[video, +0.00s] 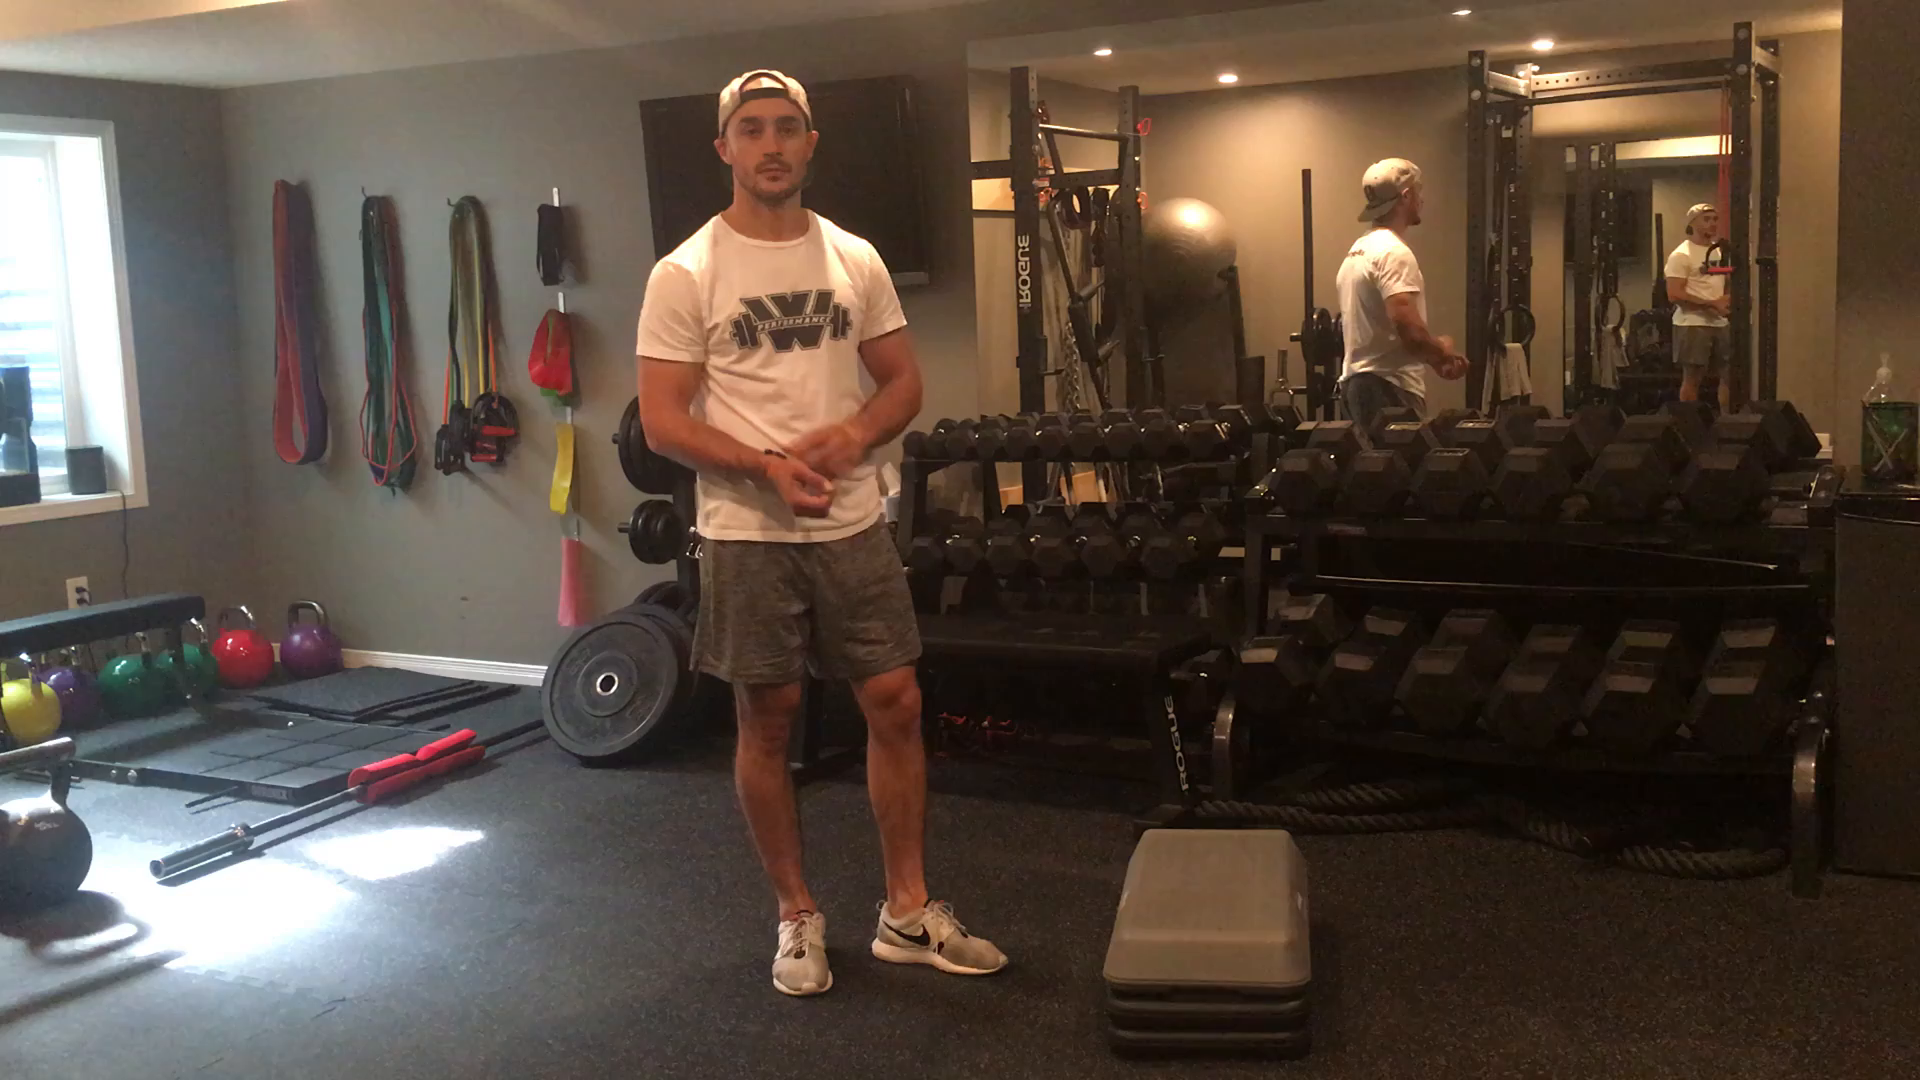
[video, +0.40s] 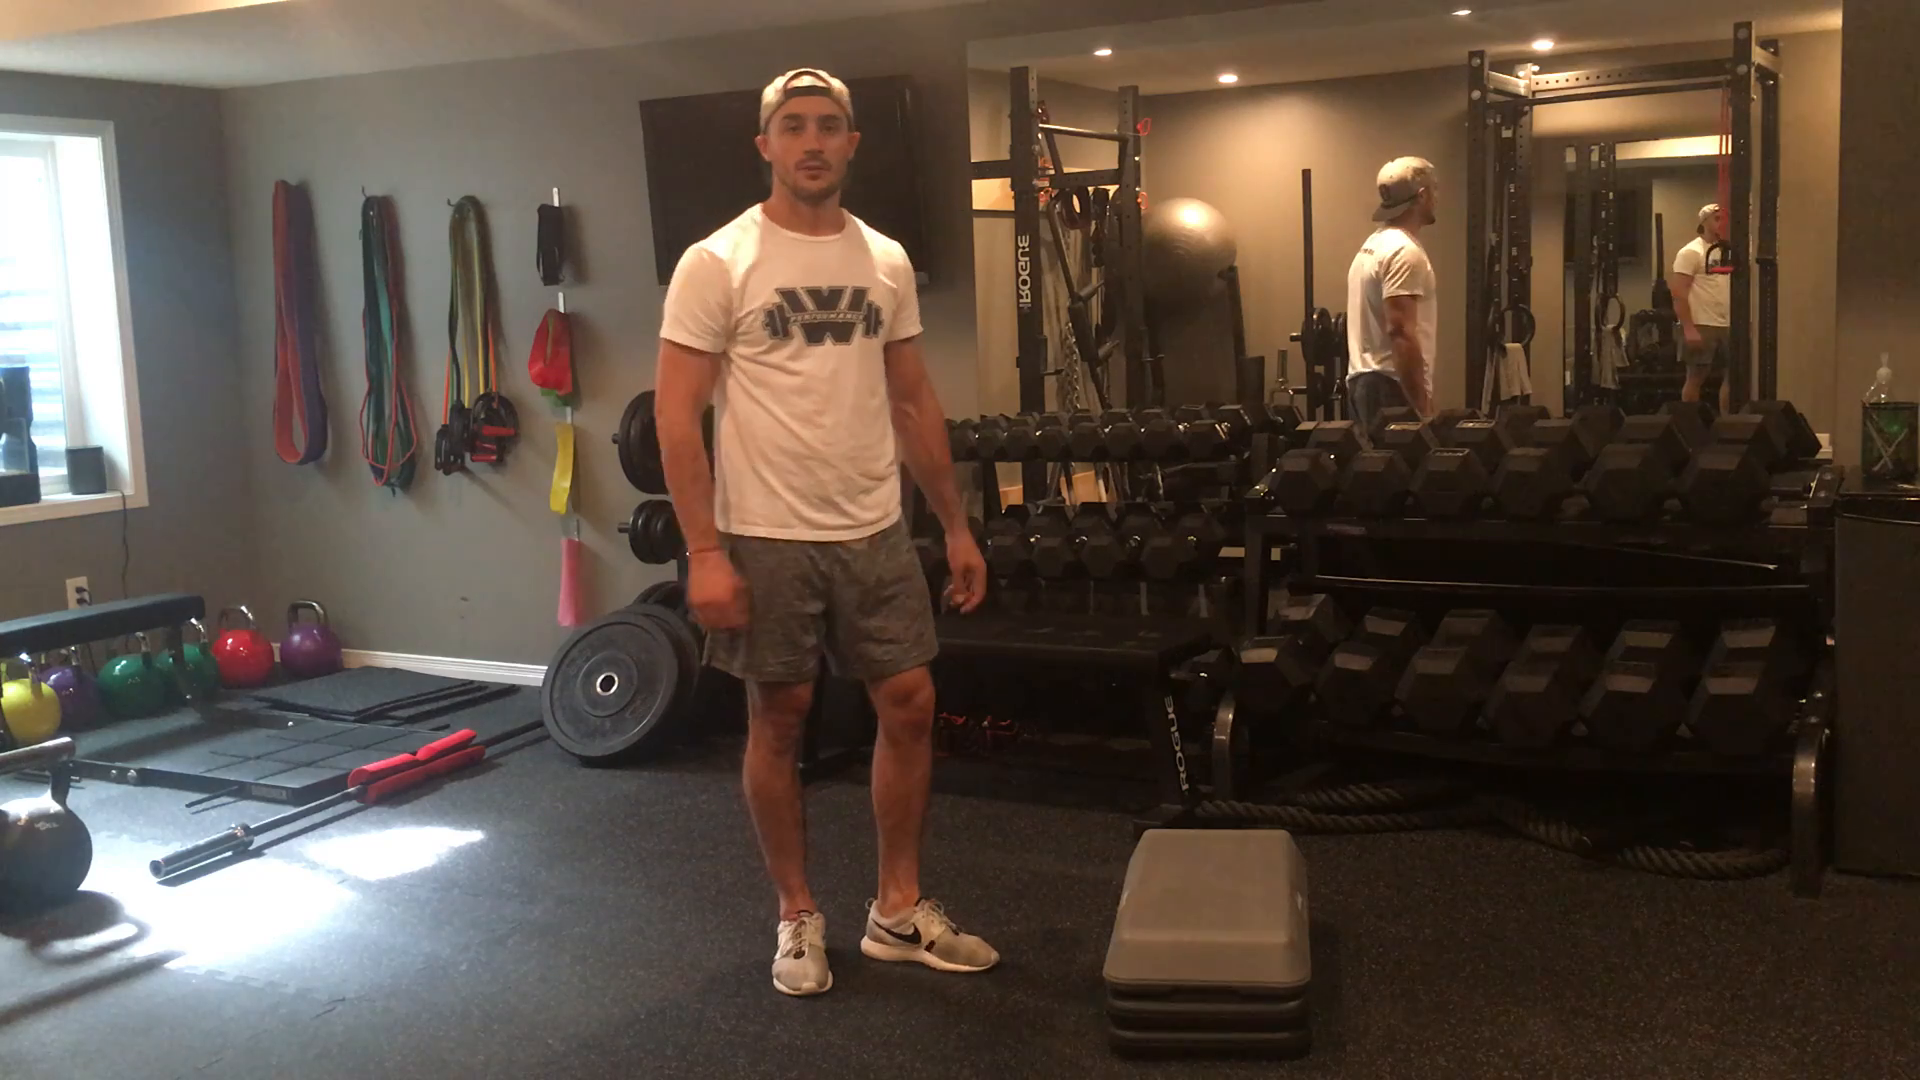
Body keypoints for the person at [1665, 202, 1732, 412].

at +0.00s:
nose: (1713, 224)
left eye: (1715, 219)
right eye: (1707, 219)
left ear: (1718, 223)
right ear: (1693, 223)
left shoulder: (1719, 252)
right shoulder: (1680, 255)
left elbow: (1727, 285)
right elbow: (1674, 294)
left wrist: (1727, 302)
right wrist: (1712, 303)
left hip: (1720, 325)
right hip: (1692, 326)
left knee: (1727, 378)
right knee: (1692, 379)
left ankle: (1727, 423)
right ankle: (1687, 426)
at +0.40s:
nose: (1722, 223)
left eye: (1724, 219)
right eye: (1717, 219)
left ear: (1725, 222)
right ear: (1704, 223)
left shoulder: (1726, 251)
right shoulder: (1690, 253)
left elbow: (1735, 289)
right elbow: (1678, 294)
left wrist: (1740, 323)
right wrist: (1688, 328)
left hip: (1728, 326)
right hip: (1701, 326)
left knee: (1732, 377)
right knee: (1696, 378)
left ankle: (1727, 424)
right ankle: (1688, 423)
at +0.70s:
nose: (1731, 227)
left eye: (1733, 221)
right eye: (1727, 222)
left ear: (1740, 224)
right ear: (1718, 224)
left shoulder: (1741, 252)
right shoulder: (1701, 252)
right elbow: (1686, 289)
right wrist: (1682, 324)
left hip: (1734, 325)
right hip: (1708, 324)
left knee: (1730, 378)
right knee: (1712, 376)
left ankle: (1727, 423)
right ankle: (1693, 419)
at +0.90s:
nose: (1733, 227)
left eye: (1736, 221)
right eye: (1730, 221)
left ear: (1743, 224)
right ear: (1723, 222)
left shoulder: (1743, 253)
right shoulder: (1705, 252)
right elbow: (1691, 288)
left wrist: (1750, 320)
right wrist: (1695, 322)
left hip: (1738, 323)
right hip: (1714, 321)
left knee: (1732, 377)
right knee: (1722, 370)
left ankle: (1727, 421)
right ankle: (1706, 416)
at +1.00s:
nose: (1732, 228)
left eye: (1735, 224)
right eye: (1729, 223)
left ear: (1740, 226)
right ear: (1722, 225)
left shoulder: (1743, 253)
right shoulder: (1706, 252)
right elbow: (1693, 289)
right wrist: (1702, 323)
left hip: (1739, 325)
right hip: (1717, 323)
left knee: (1730, 378)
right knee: (1721, 375)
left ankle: (1725, 422)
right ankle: (1706, 421)